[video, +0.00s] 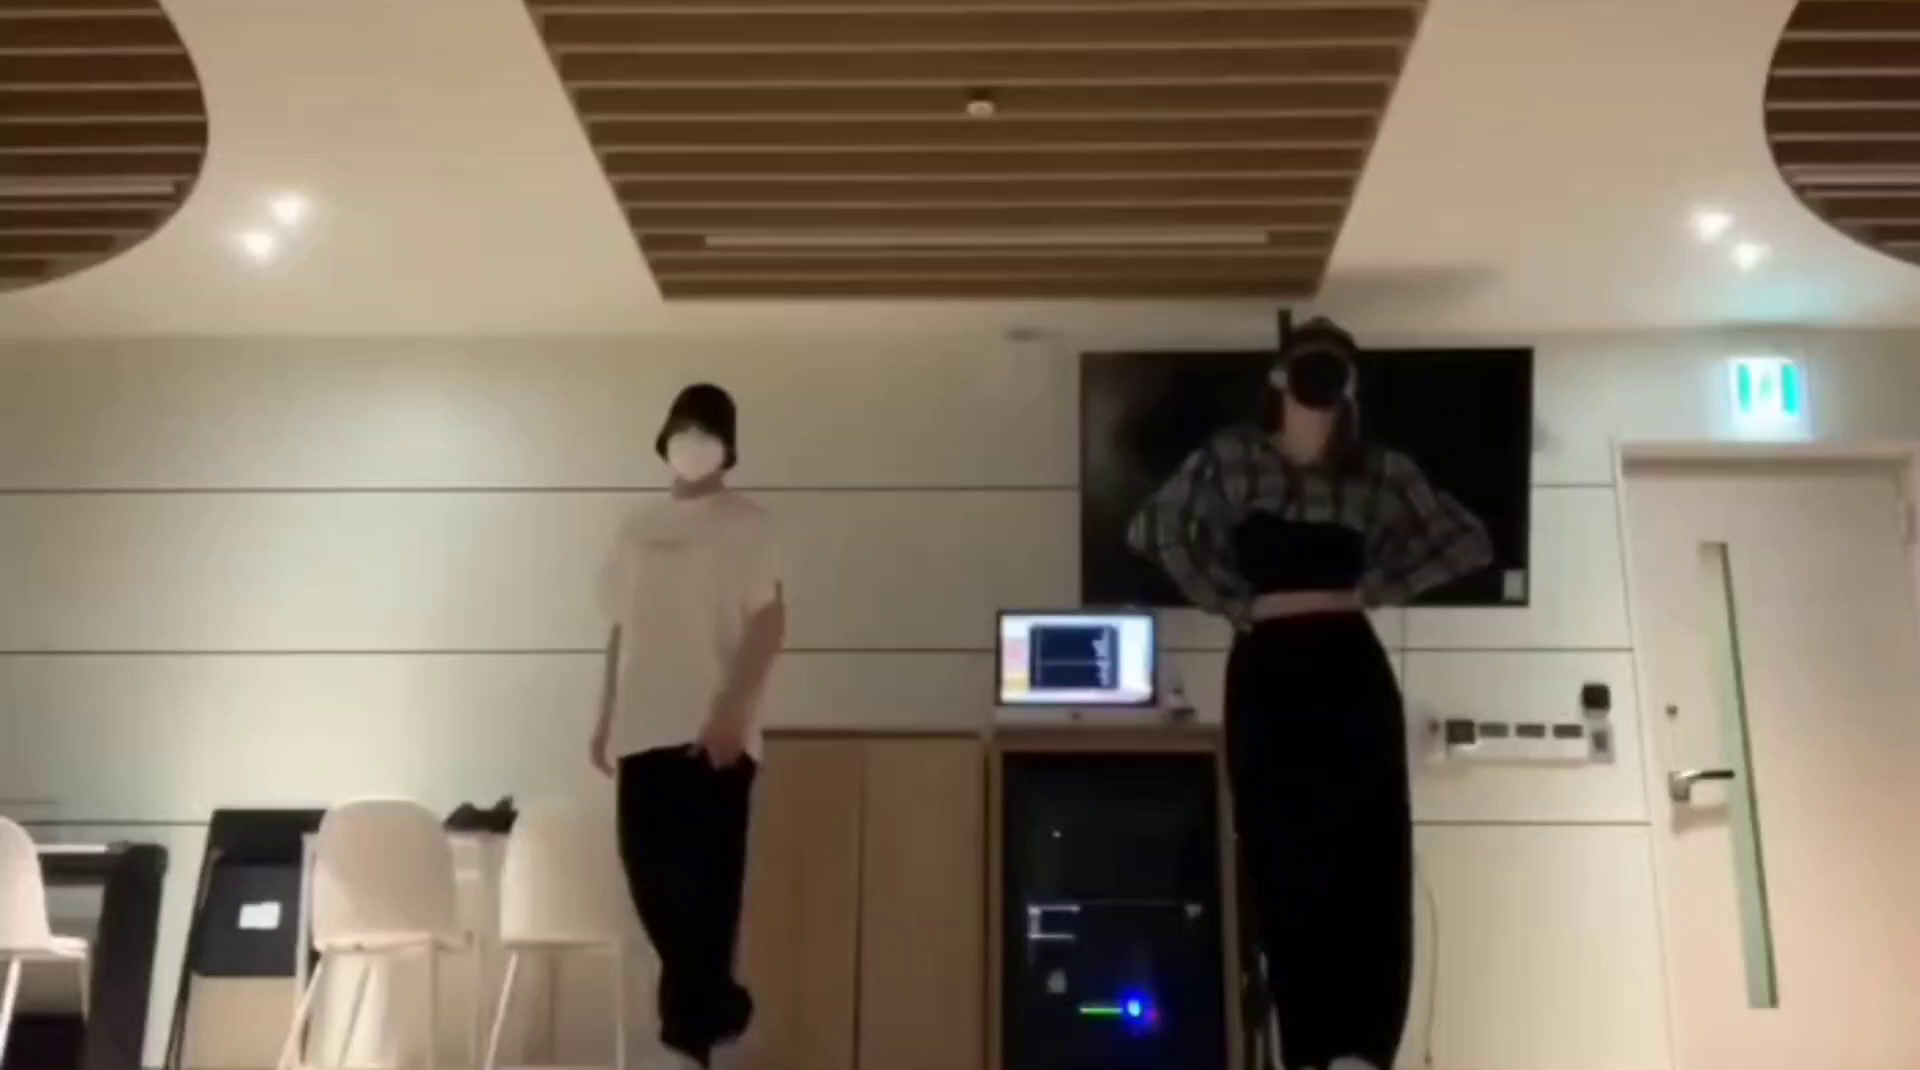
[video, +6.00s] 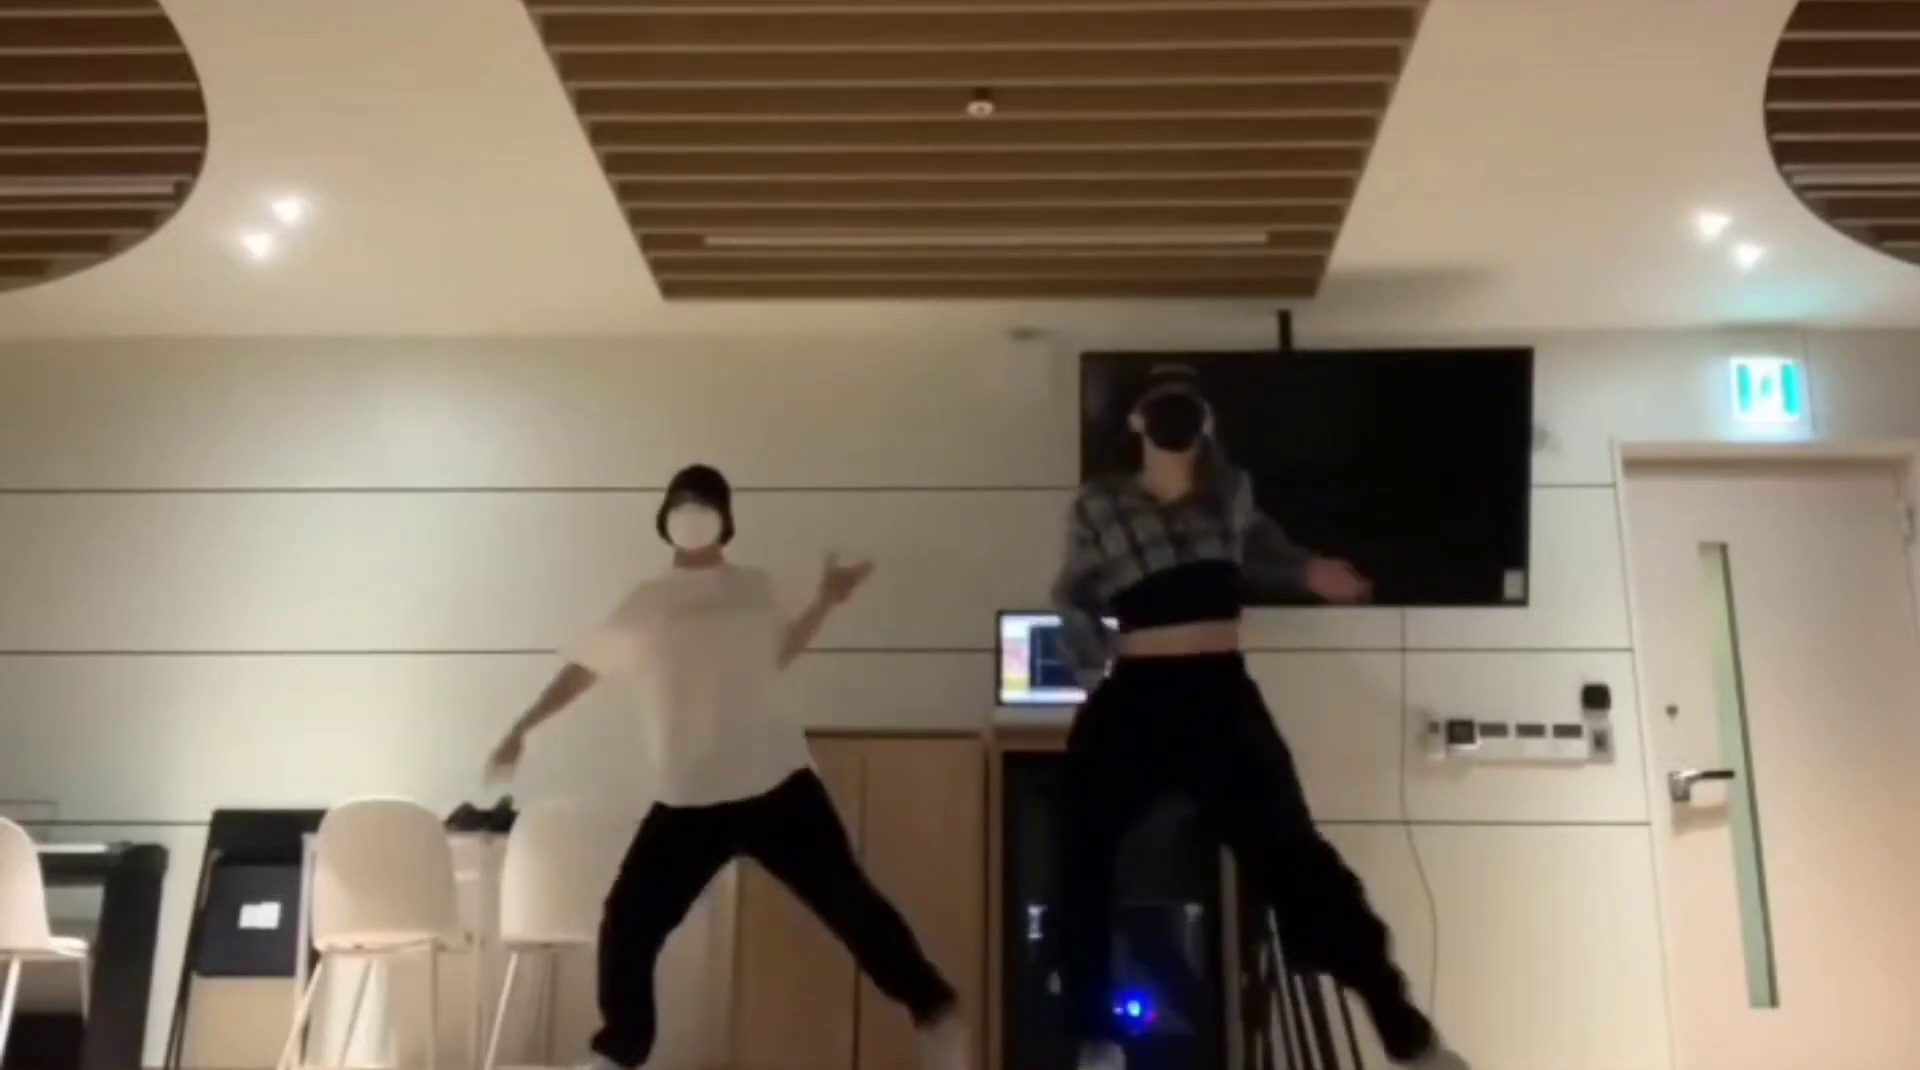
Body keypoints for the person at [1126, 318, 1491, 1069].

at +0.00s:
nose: (1320, 379)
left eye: (1333, 367)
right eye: (1307, 365)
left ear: (1352, 381)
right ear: (1279, 376)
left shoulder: (1381, 469)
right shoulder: (1232, 458)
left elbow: (1470, 543)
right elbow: (1155, 528)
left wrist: (1382, 585)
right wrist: (1228, 598)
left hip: (1352, 669)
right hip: (1269, 672)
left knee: (1369, 853)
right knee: (1285, 859)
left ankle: (1365, 1047)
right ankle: (1309, 1047)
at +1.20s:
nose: (1208, 364)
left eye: (1220, 351)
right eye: (1194, 352)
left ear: (1242, 367)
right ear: (1171, 370)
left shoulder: (1288, 454)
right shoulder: (1138, 458)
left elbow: (1376, 517)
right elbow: (1068, 528)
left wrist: (1297, 580)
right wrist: (1145, 588)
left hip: (1267, 663)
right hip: (1181, 666)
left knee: (1299, 853)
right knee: (1176, 860)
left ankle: (1342, 1049)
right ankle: (1186, 1047)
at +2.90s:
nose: (1235, 423)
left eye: (1245, 413)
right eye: (1222, 413)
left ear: (1264, 425)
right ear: (1196, 424)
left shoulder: (1295, 507)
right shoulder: (1162, 496)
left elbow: (1334, 604)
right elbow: (1103, 576)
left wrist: (1360, 689)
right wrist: (1162, 604)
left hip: (1280, 693)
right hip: (1198, 692)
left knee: (1279, 871)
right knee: (1187, 866)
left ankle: (1266, 1039)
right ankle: (1190, 1038)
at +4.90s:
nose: (1206, 426)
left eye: (1217, 415)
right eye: (1192, 415)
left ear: (1236, 431)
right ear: (1168, 431)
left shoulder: (1270, 517)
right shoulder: (1131, 519)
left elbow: (1296, 620)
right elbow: (1112, 617)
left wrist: (1317, 716)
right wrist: (1132, 696)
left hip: (1256, 704)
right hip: (1178, 705)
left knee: (1260, 868)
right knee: (1189, 870)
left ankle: (1255, 1040)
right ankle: (1200, 1039)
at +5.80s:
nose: (1169, 410)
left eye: (1181, 397)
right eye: (1153, 399)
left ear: (1201, 413)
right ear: (1129, 417)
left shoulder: (1228, 494)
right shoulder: (1096, 493)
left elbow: (1244, 586)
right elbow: (1056, 585)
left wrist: (1237, 634)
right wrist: (1085, 678)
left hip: (1202, 689)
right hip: (1123, 688)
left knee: (1194, 829)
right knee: (1108, 839)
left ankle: (1186, 971)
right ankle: (1100, 993)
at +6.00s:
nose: (1177, 418)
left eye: (1188, 407)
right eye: (1163, 407)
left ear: (1207, 423)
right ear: (1137, 424)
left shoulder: (1229, 497)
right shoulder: (1100, 506)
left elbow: (1260, 561)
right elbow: (1068, 596)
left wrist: (1309, 573)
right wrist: (1092, 652)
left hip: (1222, 698)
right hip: (1134, 700)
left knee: (1291, 852)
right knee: (1083, 858)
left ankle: (1405, 1032)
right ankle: (1090, 1035)